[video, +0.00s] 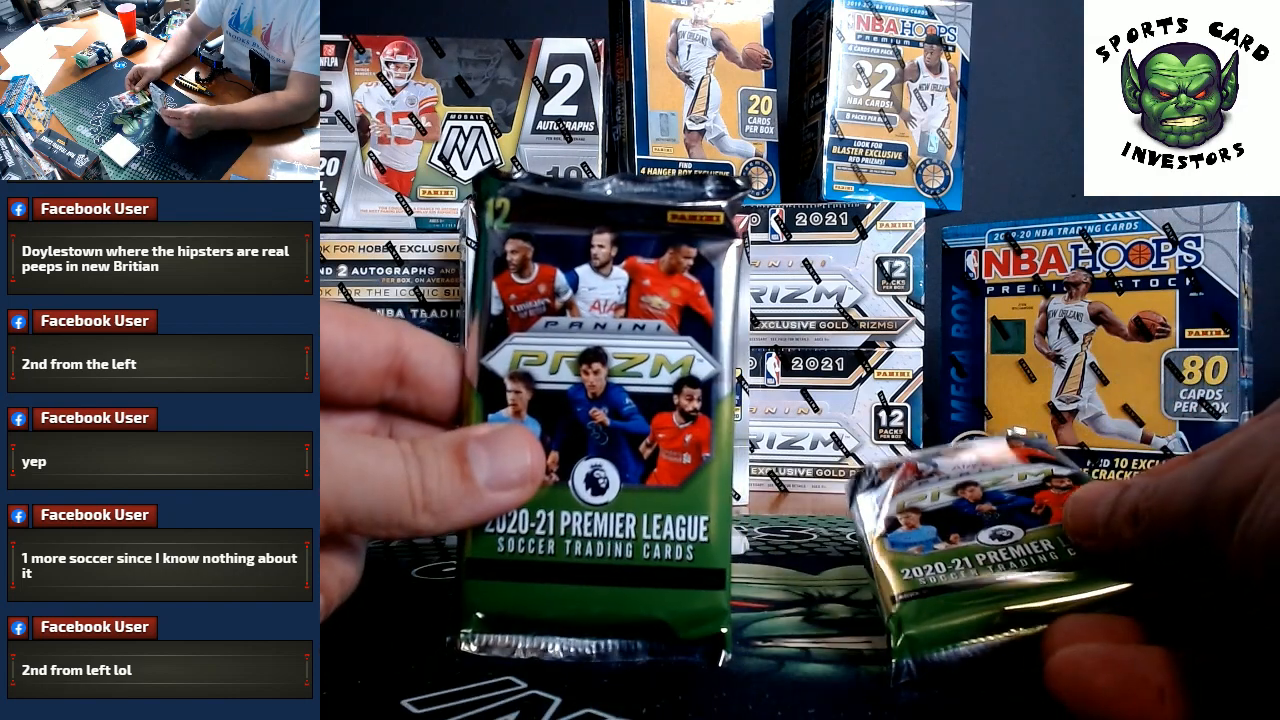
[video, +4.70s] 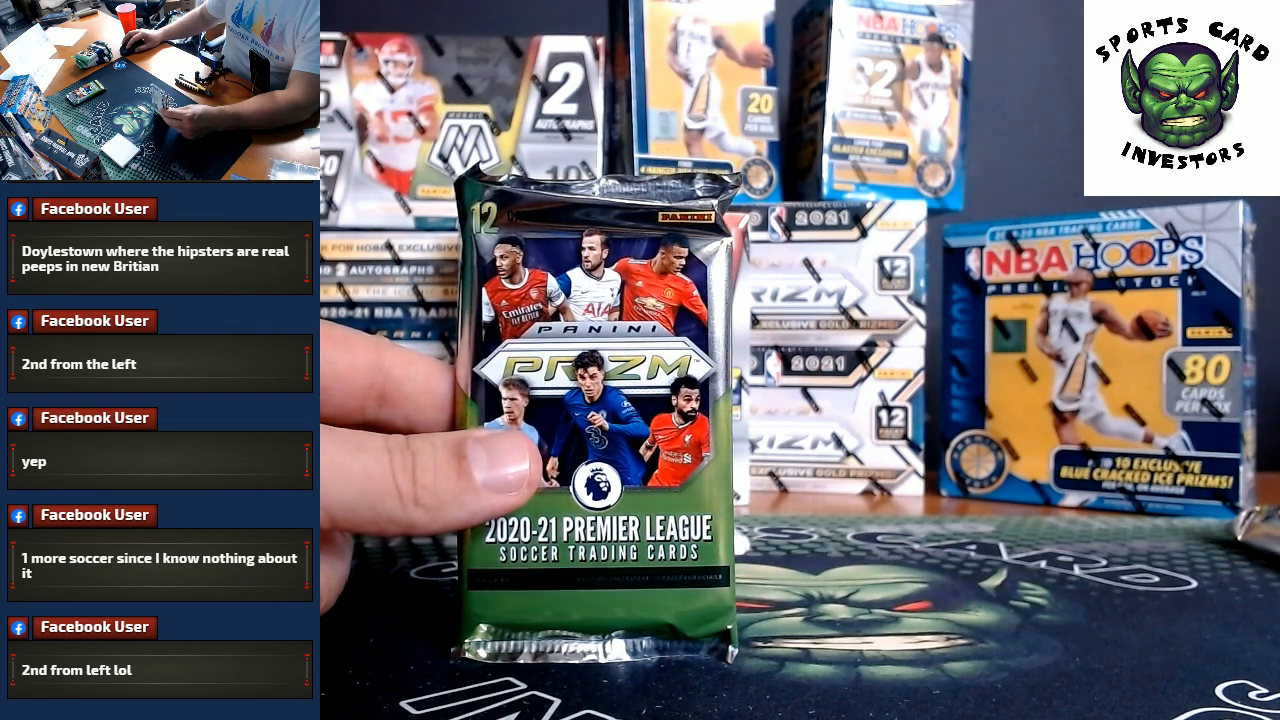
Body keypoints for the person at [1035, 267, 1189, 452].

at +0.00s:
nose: (1069, 273)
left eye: (1075, 272)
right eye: (1070, 271)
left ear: (1086, 283)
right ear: (1067, 280)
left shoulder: (1094, 308)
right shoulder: (1049, 304)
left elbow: (1125, 333)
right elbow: (1038, 335)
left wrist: (1160, 331)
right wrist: (1046, 351)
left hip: (1079, 365)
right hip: (1063, 367)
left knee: (1060, 422)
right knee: (1102, 425)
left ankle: (1078, 478)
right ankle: (1166, 443)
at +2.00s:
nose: (1072, 287)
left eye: (1077, 283)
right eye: (1071, 283)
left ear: (1087, 285)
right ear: (1067, 283)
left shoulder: (1095, 308)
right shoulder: (1053, 303)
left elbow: (1126, 331)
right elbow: (1039, 335)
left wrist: (1157, 330)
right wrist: (1047, 350)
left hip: (1081, 365)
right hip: (1063, 367)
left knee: (1062, 418)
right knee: (1104, 424)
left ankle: (1077, 473)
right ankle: (1165, 442)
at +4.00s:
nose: (1072, 287)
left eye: (1077, 284)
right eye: (1071, 283)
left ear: (1087, 285)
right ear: (1067, 283)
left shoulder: (1095, 308)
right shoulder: (1053, 304)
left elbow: (1126, 331)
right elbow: (1039, 334)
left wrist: (1156, 330)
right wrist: (1047, 350)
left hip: (1081, 365)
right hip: (1064, 367)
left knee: (1062, 418)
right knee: (1103, 424)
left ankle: (1078, 473)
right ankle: (1165, 442)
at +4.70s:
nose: (1074, 288)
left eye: (1078, 284)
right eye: (1071, 284)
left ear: (1088, 285)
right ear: (1067, 284)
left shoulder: (1095, 308)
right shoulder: (1052, 304)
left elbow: (1126, 331)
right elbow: (1039, 334)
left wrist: (1156, 330)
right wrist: (1047, 349)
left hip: (1081, 365)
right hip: (1064, 367)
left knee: (1062, 419)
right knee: (1104, 424)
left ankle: (1078, 475)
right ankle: (1166, 442)